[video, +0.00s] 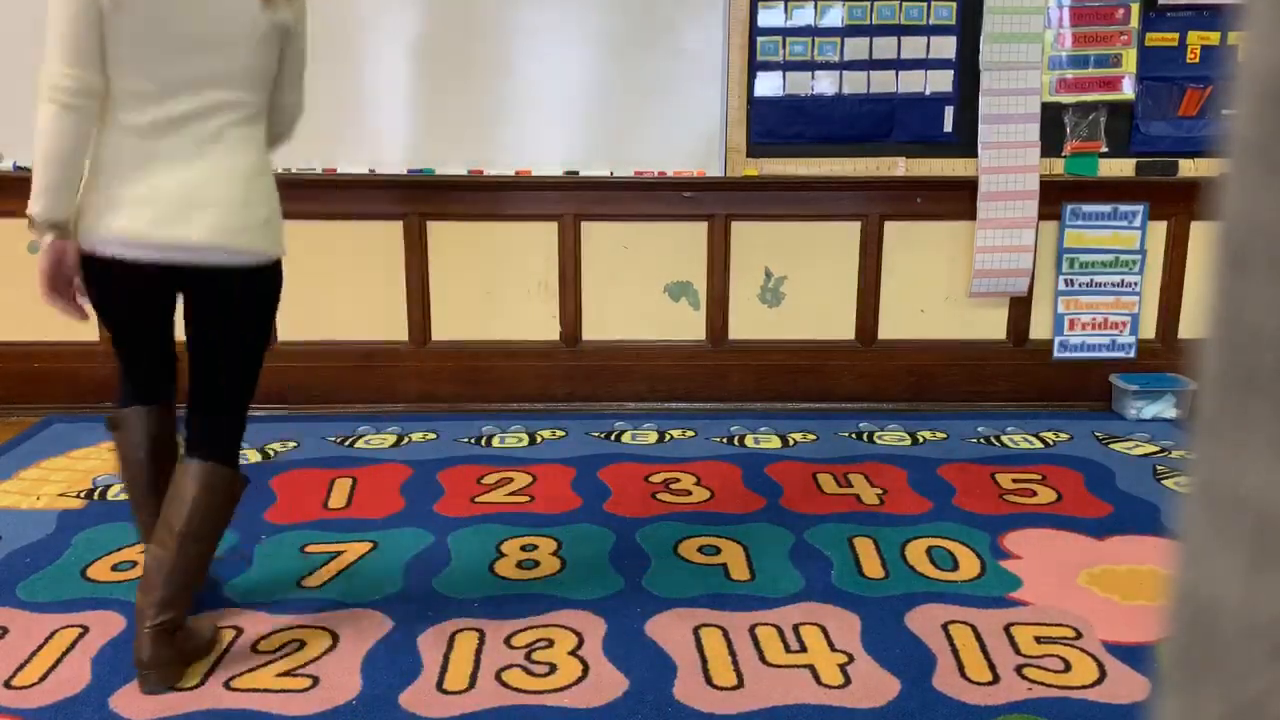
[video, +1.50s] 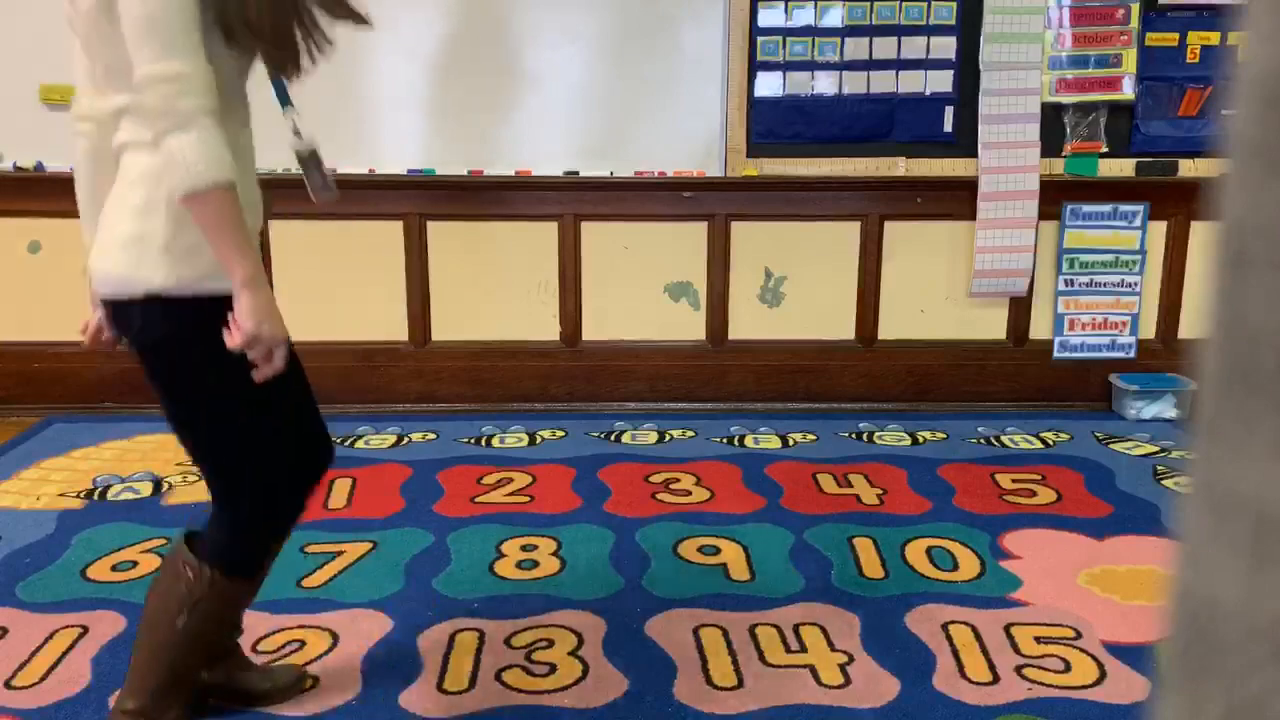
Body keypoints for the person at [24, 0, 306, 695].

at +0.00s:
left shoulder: (92, 1)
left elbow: (73, 88)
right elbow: (284, 107)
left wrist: (55, 224)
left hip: (123, 226)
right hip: (239, 232)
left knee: (141, 389)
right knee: (214, 433)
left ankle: (168, 571)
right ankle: (160, 635)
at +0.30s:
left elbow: (169, 41)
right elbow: (193, 53)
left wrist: (135, 195)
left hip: (173, 192)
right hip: (221, 191)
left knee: (101, 407)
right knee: (195, 390)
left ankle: (74, 634)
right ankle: (241, 586)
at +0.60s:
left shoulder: (208, 5)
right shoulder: (144, 8)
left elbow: (226, 109)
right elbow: (174, 91)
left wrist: (222, 259)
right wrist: (113, 66)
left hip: (223, 245)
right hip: (176, 243)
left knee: (154, 452)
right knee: (132, 438)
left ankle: (295, 633)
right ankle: (253, 602)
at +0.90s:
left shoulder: (82, 7)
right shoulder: (251, 0)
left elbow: (84, 120)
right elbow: (312, 71)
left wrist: (86, 258)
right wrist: (346, 198)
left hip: (216, 245)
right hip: (298, 227)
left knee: (185, 454)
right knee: (236, 414)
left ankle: (301, 637)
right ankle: (260, 591)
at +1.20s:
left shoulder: (71, 5)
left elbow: (83, 81)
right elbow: (234, 47)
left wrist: (122, 195)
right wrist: (296, 196)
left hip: (144, 216)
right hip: (255, 202)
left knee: (211, 428)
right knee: (319, 418)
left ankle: (256, 656)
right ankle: (349, 637)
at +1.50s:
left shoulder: (104, 12)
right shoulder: (159, 5)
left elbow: (101, 117)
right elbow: (179, 108)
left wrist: (106, 270)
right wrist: (250, 279)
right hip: (175, 268)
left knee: (292, 453)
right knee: (267, 471)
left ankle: (210, 654)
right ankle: (151, 696)